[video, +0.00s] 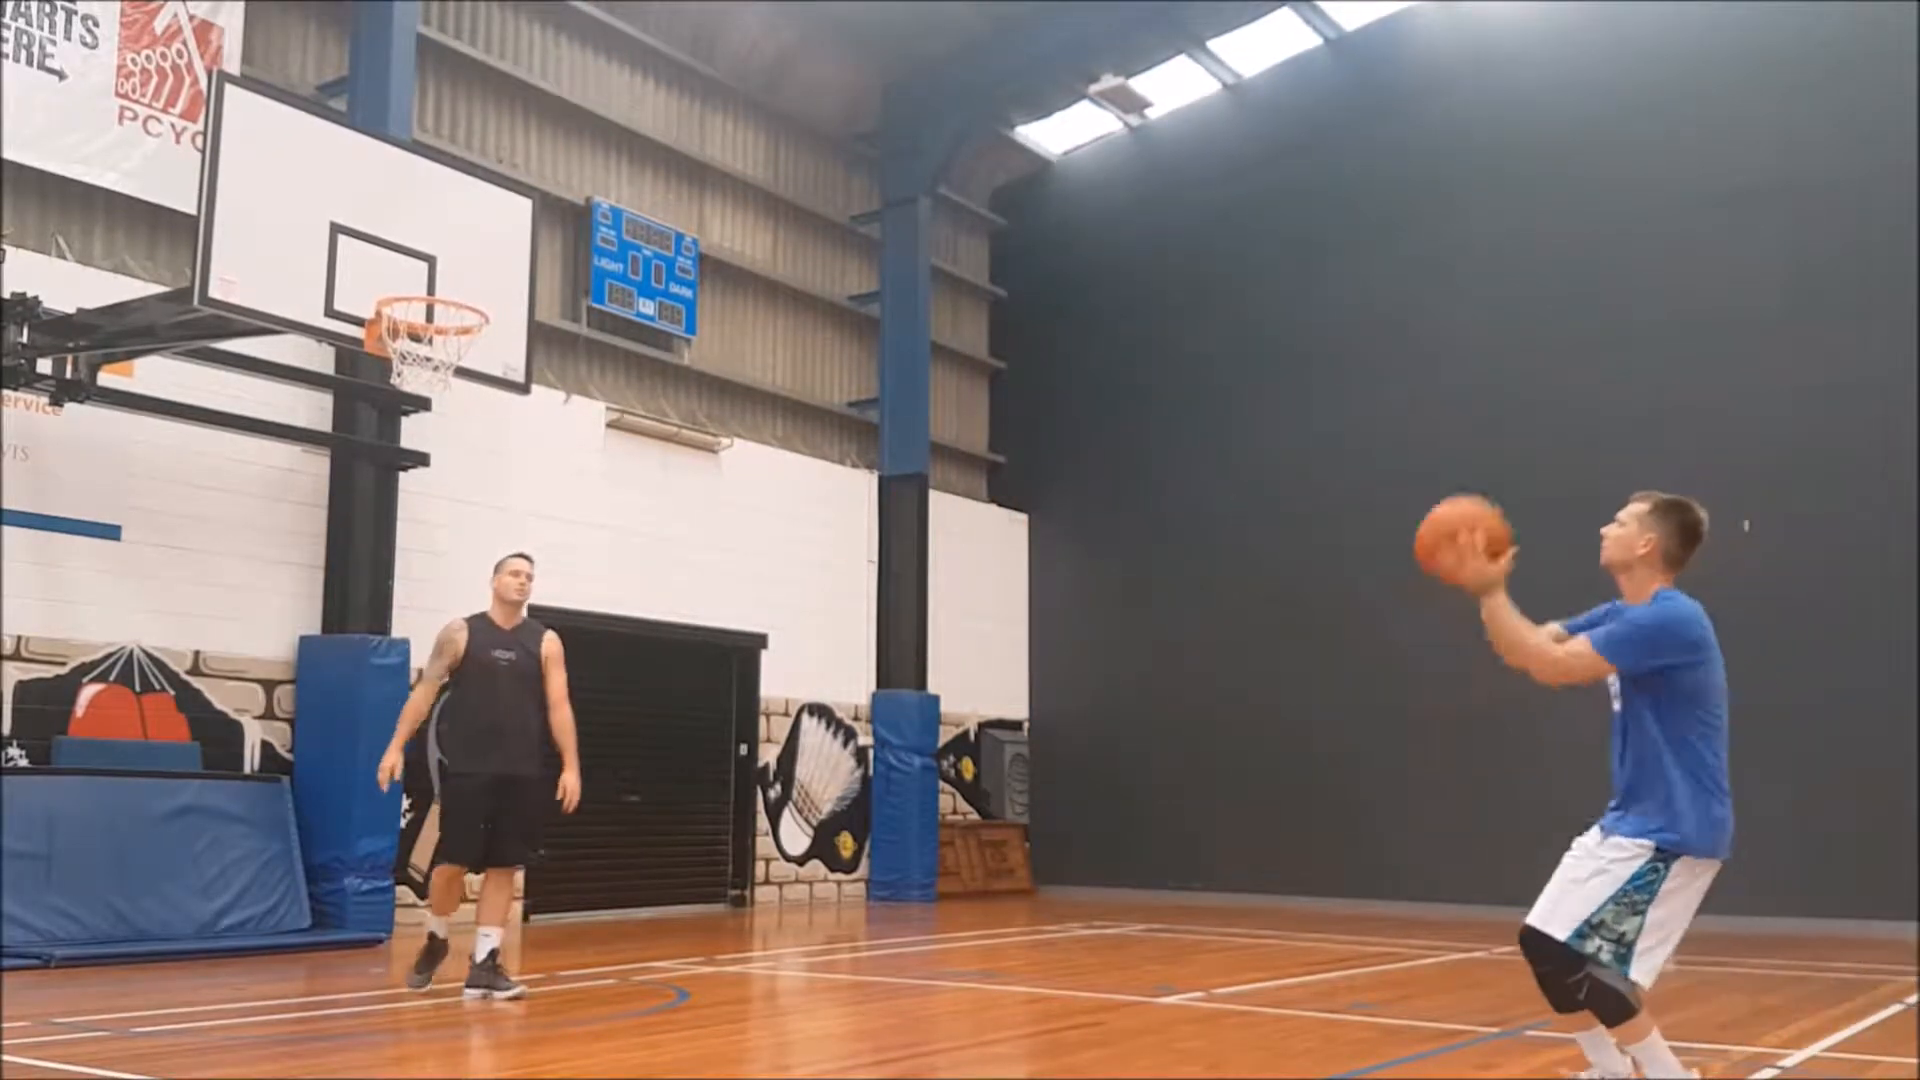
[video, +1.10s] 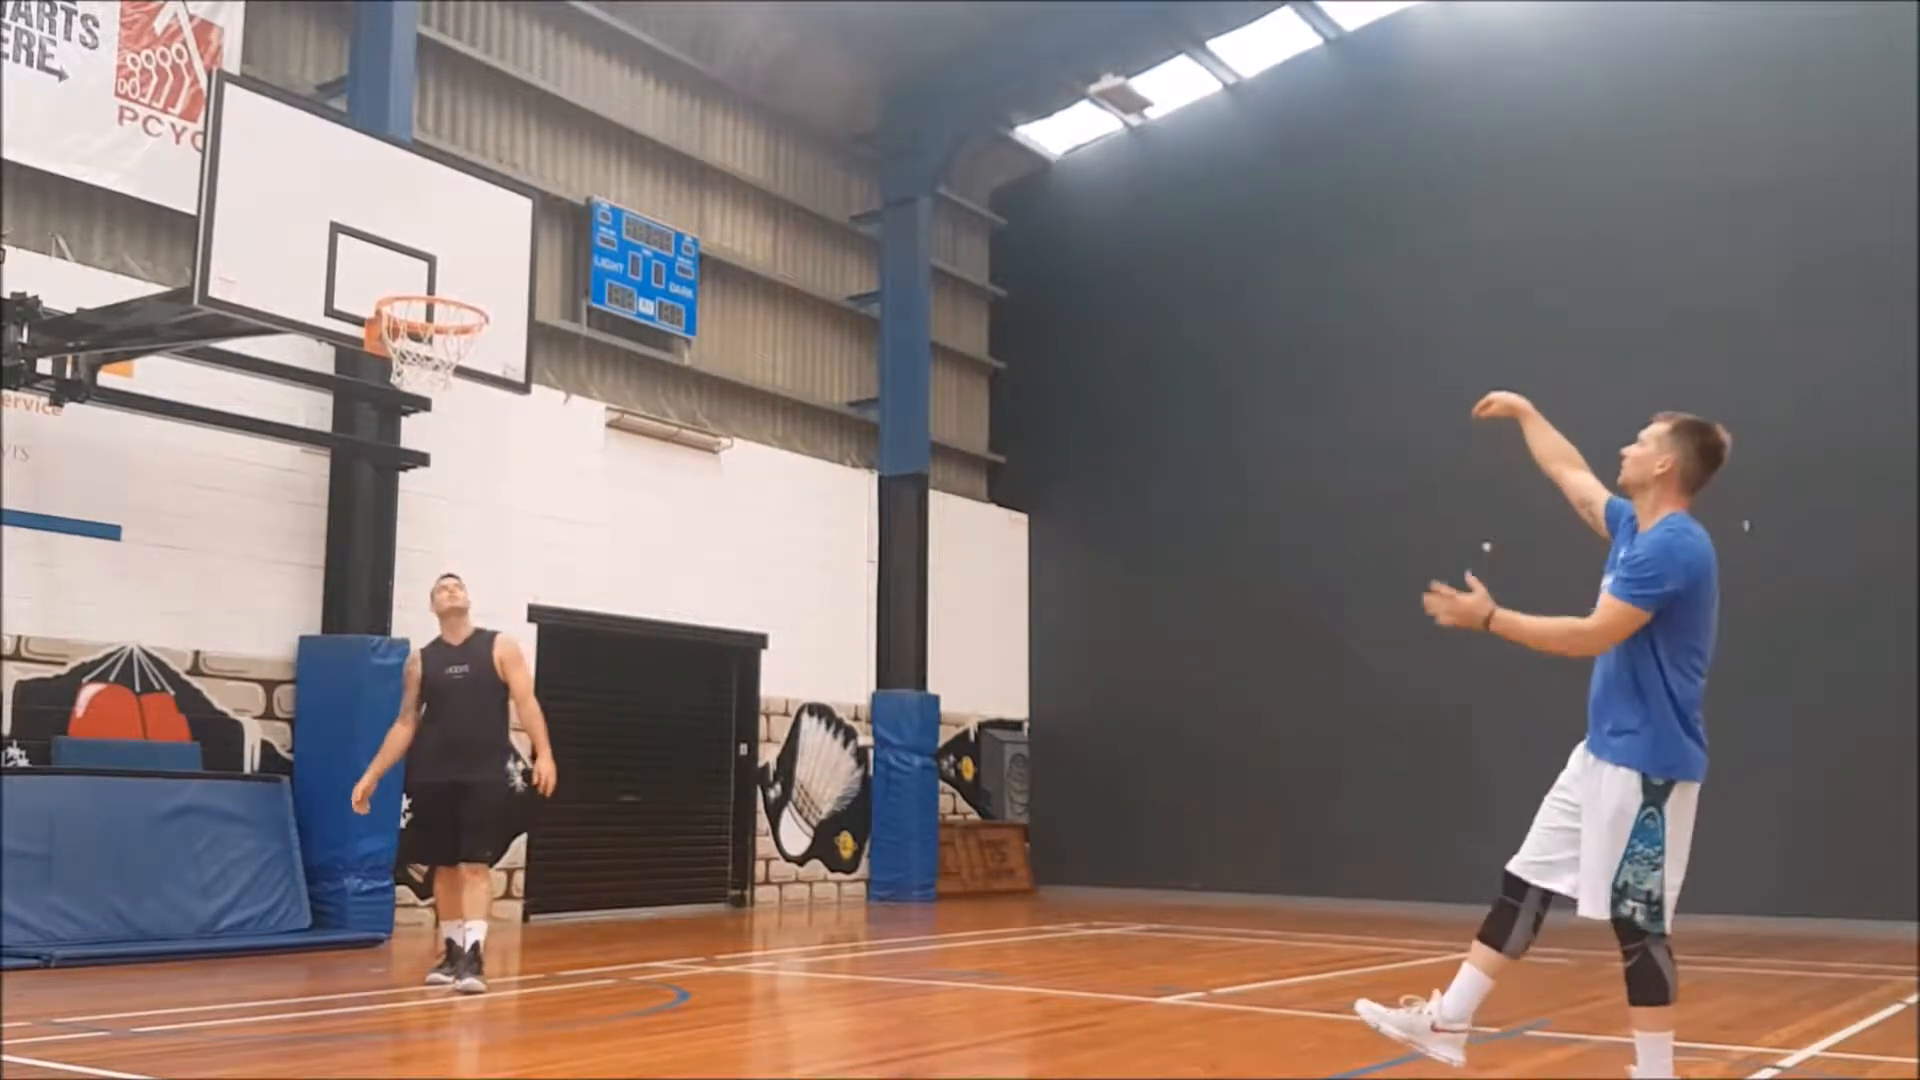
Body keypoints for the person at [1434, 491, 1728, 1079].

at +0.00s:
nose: (1603, 530)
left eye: (1616, 522)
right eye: (1611, 520)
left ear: (1646, 543)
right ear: (1644, 545)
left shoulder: (1672, 619)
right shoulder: (1623, 614)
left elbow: (1555, 665)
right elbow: (1525, 649)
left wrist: (1490, 591)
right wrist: (1486, 587)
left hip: (1677, 830)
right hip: (1630, 818)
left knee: (1584, 960)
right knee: (1544, 940)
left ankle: (1668, 1072)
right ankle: (1611, 1070)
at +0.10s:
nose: (1604, 499)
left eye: (1619, 493)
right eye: (1613, 489)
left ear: (1648, 518)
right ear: (1646, 520)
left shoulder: (1655, 586)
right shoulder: (1623, 584)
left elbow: (1525, 555)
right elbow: (1519, 555)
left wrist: (1531, 475)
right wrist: (1532, 479)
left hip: (1639, 805)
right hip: (1593, 795)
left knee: (1575, 952)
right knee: (1532, 935)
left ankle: (1667, 1071)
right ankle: (1609, 1069)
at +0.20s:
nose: (1612, 436)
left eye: (1629, 428)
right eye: (1618, 426)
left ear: (1657, 453)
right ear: (1619, 443)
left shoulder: (1652, 514)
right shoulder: (1604, 511)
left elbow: (1536, 459)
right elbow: (1518, 465)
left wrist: (1554, 376)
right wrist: (1560, 397)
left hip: (1614, 733)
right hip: (1571, 729)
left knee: (1601, 900)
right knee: (1561, 895)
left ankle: (1658, 1056)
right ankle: (1594, 1049)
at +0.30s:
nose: (1614, 381)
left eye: (1630, 377)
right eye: (1622, 372)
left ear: (1657, 400)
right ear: (1633, 400)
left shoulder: (1649, 454)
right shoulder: (1601, 455)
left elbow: (1538, 388)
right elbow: (1522, 403)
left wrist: (1527, 301)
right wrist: (1530, 312)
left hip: (1607, 675)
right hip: (1562, 670)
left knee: (1602, 849)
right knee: (1567, 845)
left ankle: (1626, 1011)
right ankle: (1575, 999)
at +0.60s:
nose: (1614, 425)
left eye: (1628, 420)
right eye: (1625, 418)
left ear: (1654, 444)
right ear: (1647, 445)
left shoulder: (1650, 502)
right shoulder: (1614, 495)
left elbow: (1535, 454)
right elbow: (1554, 416)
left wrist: (1476, 382)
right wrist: (1516, 339)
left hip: (1606, 733)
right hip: (1550, 725)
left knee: (1589, 901)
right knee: (1527, 892)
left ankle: (1638, 1064)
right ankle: (1527, 1052)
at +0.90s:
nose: (1627, 449)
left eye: (1643, 441)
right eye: (1637, 440)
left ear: (1668, 464)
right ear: (1664, 469)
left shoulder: (1671, 538)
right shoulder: (1634, 525)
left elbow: (1544, 574)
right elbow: (1567, 466)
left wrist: (1484, 511)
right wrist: (1517, 396)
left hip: (1630, 759)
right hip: (1577, 744)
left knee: (1618, 915)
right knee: (1484, 856)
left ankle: (1653, 1069)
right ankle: (1489, 1025)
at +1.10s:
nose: (1627, 449)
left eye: (1642, 443)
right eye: (1636, 440)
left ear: (1671, 468)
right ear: (1666, 468)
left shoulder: (1675, 544)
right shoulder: (1632, 523)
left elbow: (1591, 637)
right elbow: (1572, 473)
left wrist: (1489, 617)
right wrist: (1525, 410)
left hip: (1653, 765)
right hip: (1601, 752)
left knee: (1638, 918)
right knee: (1528, 880)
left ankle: (1655, 1069)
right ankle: (1446, 1020)